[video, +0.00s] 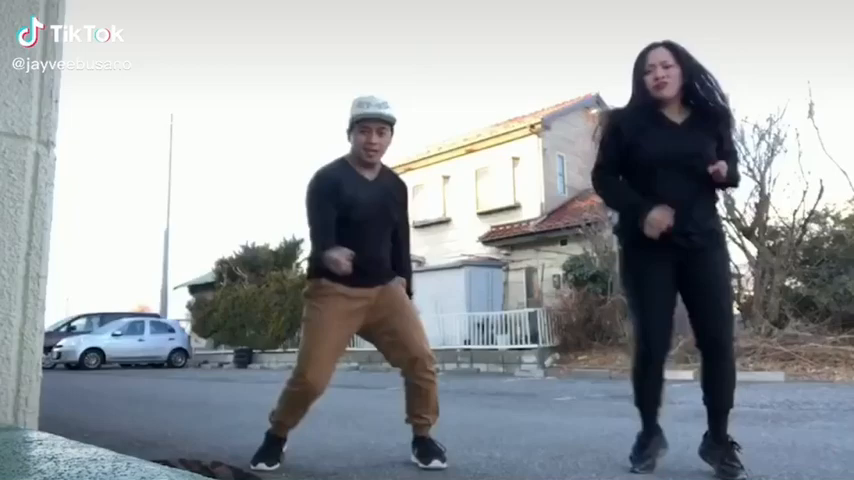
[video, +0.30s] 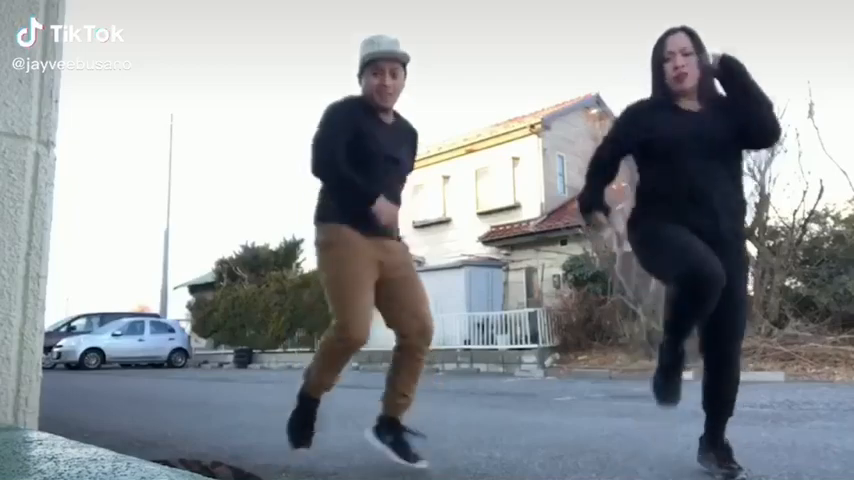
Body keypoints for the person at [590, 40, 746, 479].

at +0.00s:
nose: (658, 75)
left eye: (666, 67)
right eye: (649, 70)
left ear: (684, 72)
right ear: (640, 80)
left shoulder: (712, 118)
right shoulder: (625, 122)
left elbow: (731, 170)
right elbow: (603, 177)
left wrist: (724, 172)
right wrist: (642, 210)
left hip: (704, 244)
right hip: (647, 248)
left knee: (718, 340)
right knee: (652, 342)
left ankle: (717, 437)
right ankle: (650, 431)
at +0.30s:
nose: (677, 63)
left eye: (686, 55)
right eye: (668, 58)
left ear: (701, 62)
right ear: (659, 67)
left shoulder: (726, 110)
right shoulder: (642, 115)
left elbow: (767, 133)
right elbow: (605, 158)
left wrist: (735, 77)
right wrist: (592, 198)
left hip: (722, 237)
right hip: (659, 228)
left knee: (723, 345)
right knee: (706, 276)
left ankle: (714, 440)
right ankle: (671, 355)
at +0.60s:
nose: (684, 52)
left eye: (693, 43)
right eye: (674, 47)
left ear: (714, 50)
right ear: (661, 60)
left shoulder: (742, 103)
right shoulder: (649, 112)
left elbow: (781, 127)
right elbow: (623, 171)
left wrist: (715, 75)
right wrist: (632, 227)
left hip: (739, 239)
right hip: (670, 237)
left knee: (764, 359)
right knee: (683, 328)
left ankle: (731, 459)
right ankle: (673, 456)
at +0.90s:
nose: (643, 53)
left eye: (656, 40)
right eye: (628, 46)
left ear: (681, 51)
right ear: (612, 68)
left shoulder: (726, 107)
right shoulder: (602, 144)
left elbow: (760, 152)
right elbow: (593, 224)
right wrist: (646, 268)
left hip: (728, 286)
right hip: (641, 287)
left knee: (803, 447)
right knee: (673, 342)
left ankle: (742, 462)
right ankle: (639, 473)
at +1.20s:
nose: (616, 94)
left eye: (631, 75)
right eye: (594, 87)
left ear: (662, 87)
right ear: (578, 112)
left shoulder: (732, 163)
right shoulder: (571, 202)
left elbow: (785, 264)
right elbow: (541, 296)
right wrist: (618, 327)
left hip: (731, 349)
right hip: (634, 357)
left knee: (792, 472)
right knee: (676, 364)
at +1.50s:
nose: (604, 104)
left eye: (621, 85)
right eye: (586, 91)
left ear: (651, 92)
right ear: (569, 109)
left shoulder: (738, 161)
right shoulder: (571, 200)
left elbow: (833, 266)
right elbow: (558, 345)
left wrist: (822, 349)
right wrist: (529, 263)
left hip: (736, 340)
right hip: (635, 341)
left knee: (781, 468)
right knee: (657, 356)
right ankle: (643, 471)